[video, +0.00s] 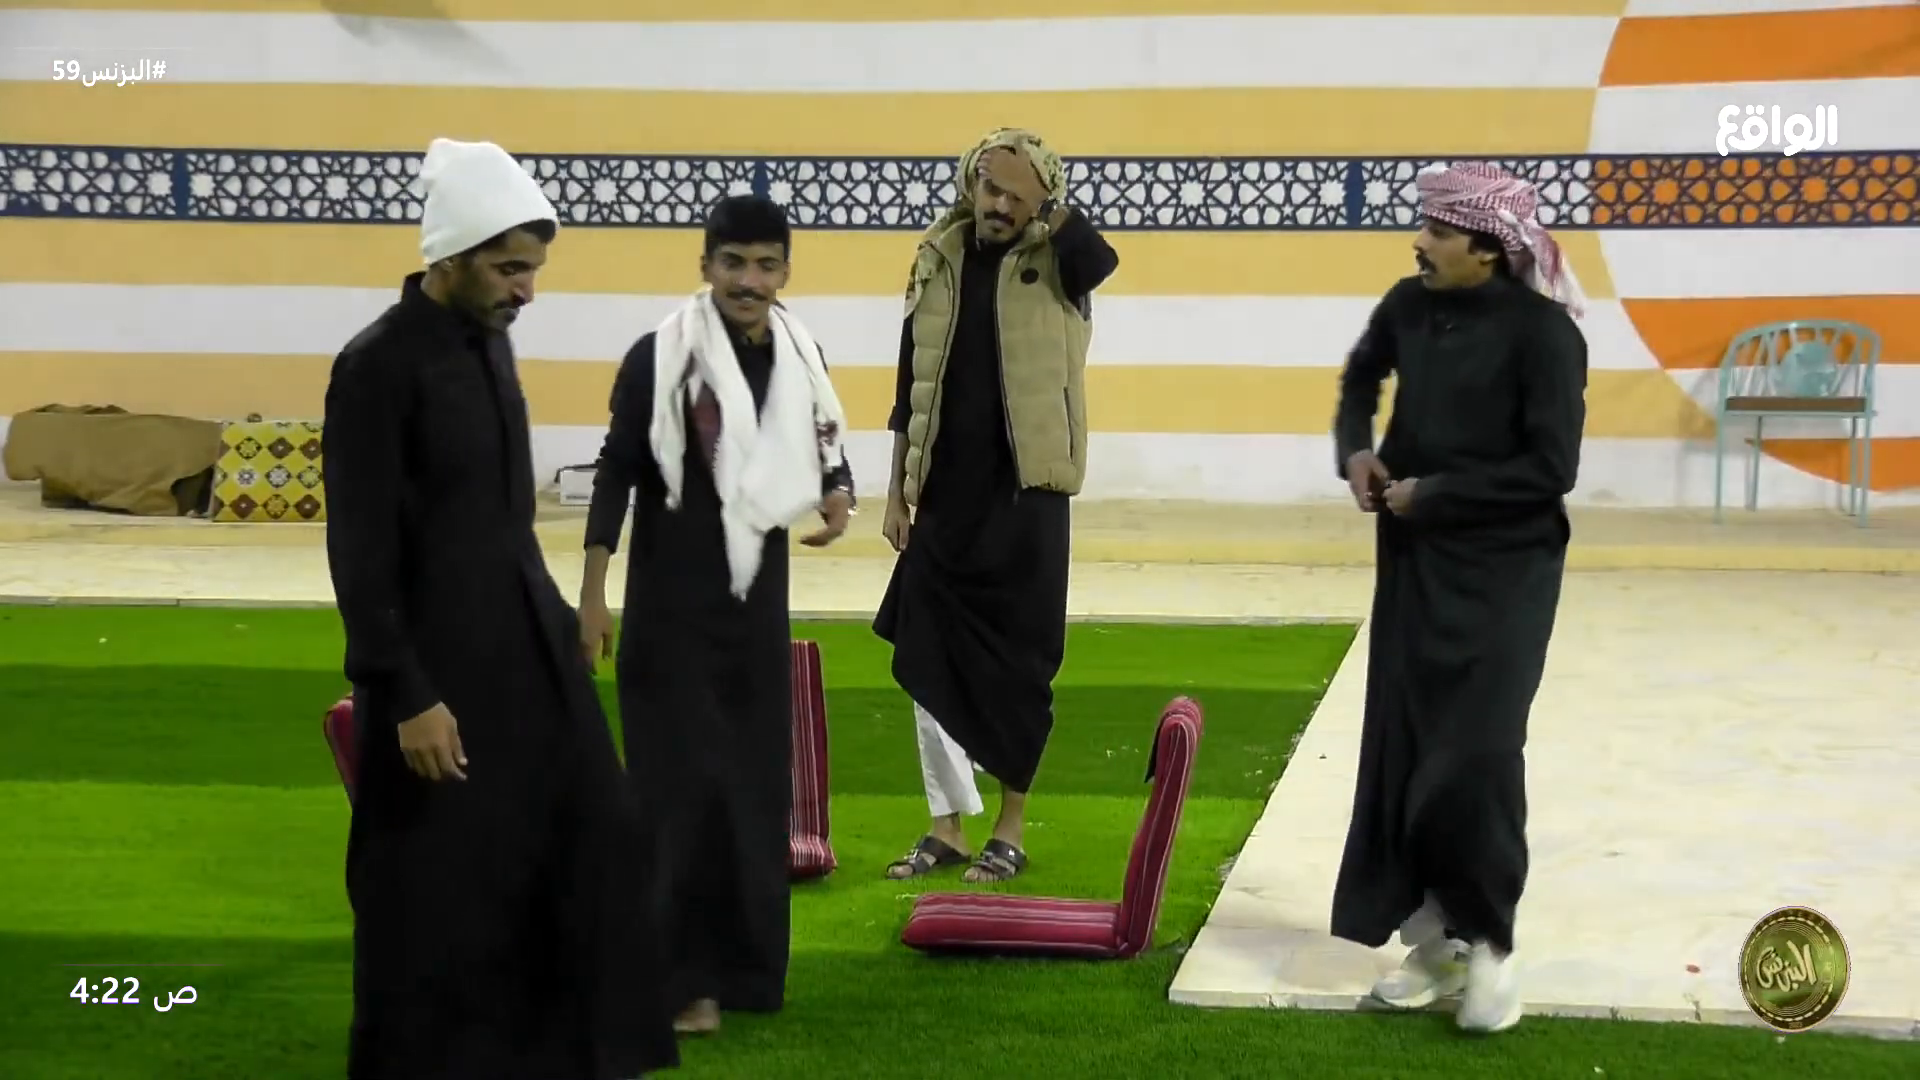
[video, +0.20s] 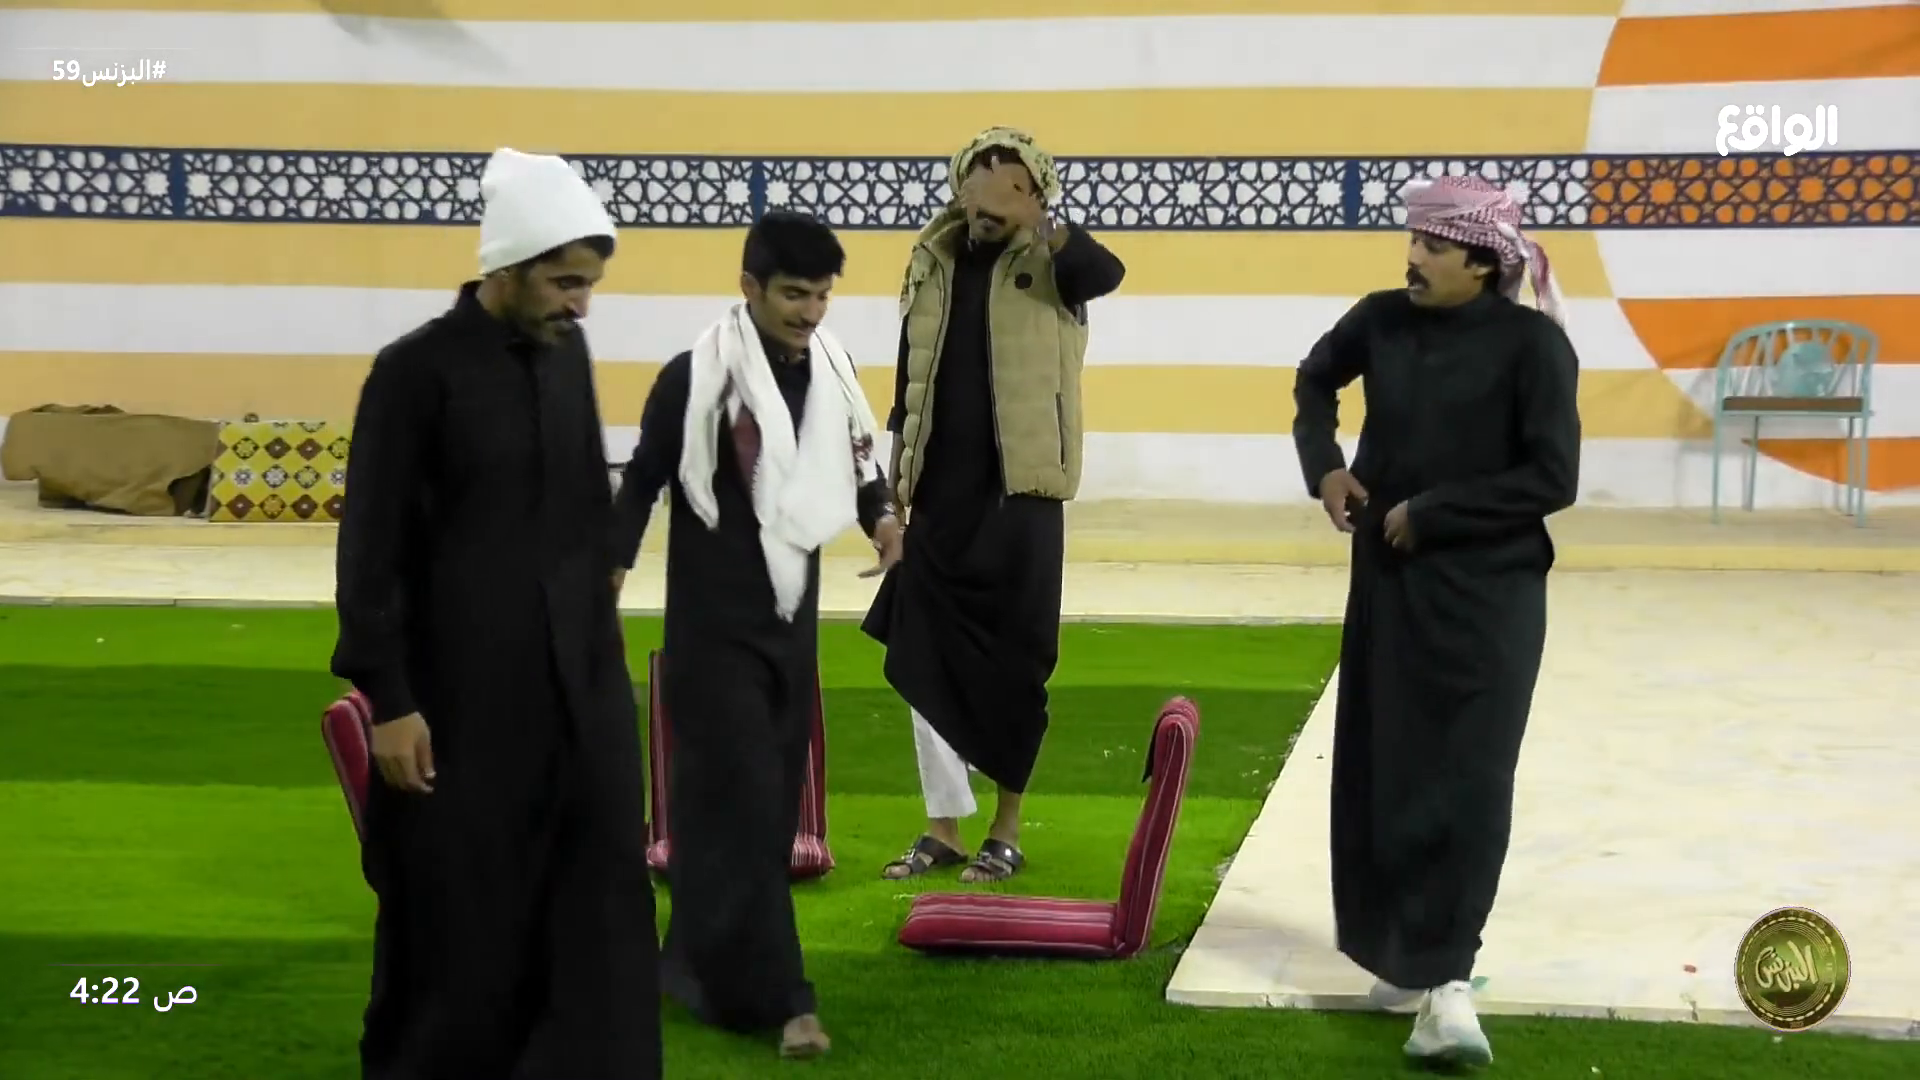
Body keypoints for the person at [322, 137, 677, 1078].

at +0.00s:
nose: (526, 287)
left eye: (535, 268)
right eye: (510, 268)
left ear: (540, 253)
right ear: (446, 257)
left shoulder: (490, 347)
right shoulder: (375, 367)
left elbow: (502, 525)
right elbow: (359, 553)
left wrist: (549, 631)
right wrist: (408, 697)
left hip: (527, 668)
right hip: (437, 681)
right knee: (435, 916)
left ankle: (574, 1053)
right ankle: (433, 1060)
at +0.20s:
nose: (580, 302)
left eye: (590, 284)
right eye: (565, 282)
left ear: (590, 272)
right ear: (502, 264)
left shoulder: (566, 354)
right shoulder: (413, 371)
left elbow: (587, 504)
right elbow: (368, 551)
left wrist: (603, 598)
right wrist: (388, 702)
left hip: (577, 701)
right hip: (463, 711)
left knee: (598, 947)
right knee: (456, 952)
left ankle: (595, 1065)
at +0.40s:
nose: (673, 293)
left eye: (676, 273)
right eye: (661, 272)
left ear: (608, 270)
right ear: (597, 268)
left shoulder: (640, 363)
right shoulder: (467, 367)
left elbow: (671, 526)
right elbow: (402, 531)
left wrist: (683, 666)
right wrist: (371, 687)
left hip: (625, 703)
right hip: (497, 705)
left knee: (620, 945)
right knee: (472, 940)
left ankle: (607, 1067)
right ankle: (416, 1063)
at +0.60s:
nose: (703, 291)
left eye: (707, 270)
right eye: (692, 270)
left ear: (647, 264)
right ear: (627, 263)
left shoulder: (678, 349)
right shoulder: (487, 355)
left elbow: (723, 509)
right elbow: (415, 514)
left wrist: (747, 654)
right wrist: (409, 672)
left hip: (653, 689)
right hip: (524, 689)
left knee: (644, 932)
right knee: (545, 920)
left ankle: (639, 1069)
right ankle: (475, 1057)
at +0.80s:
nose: (702, 288)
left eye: (704, 265)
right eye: (687, 266)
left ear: (644, 267)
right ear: (622, 265)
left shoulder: (679, 356)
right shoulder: (485, 367)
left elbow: (742, 504)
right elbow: (432, 542)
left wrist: (785, 633)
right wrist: (449, 698)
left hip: (662, 709)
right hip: (534, 708)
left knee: (648, 952)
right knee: (573, 944)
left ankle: (622, 1074)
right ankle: (567, 1072)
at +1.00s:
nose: (683, 276)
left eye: (681, 253)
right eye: (671, 254)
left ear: (615, 264)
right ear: (615, 263)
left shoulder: (651, 366)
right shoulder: (489, 390)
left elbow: (708, 511)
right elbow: (435, 579)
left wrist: (777, 638)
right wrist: (438, 752)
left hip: (673, 720)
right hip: (560, 731)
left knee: (660, 969)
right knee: (607, 974)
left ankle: (620, 1073)